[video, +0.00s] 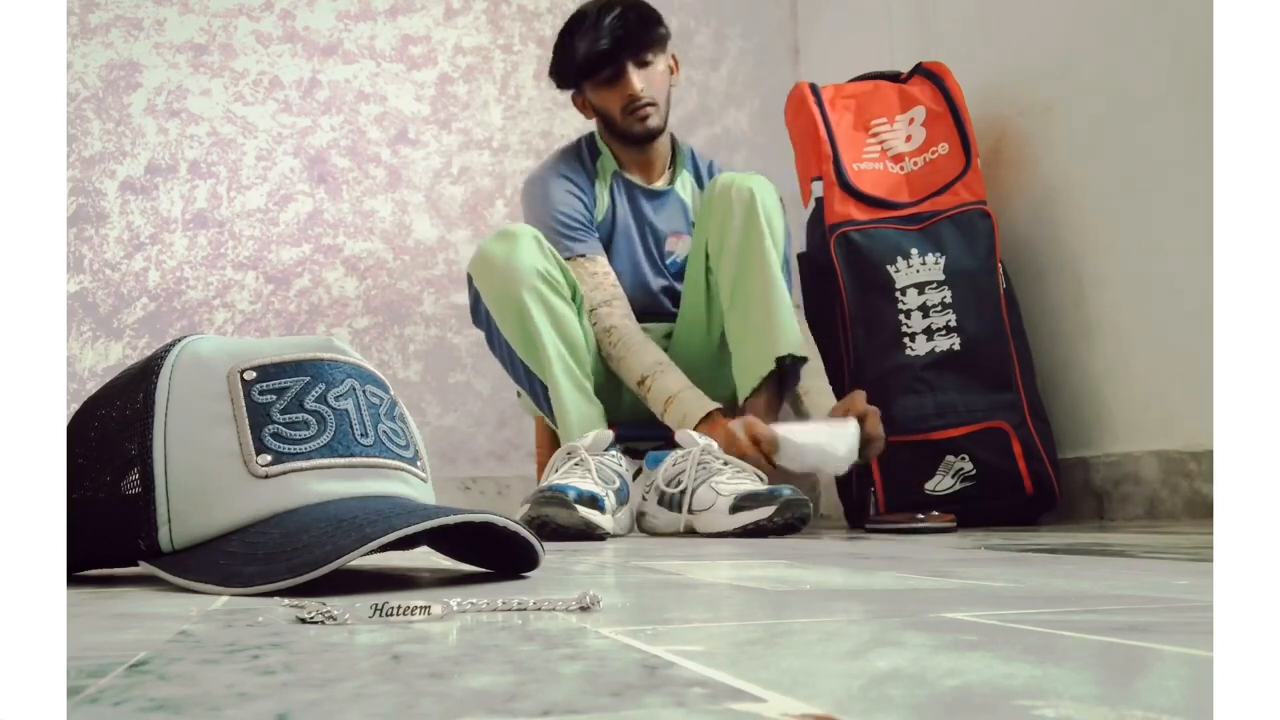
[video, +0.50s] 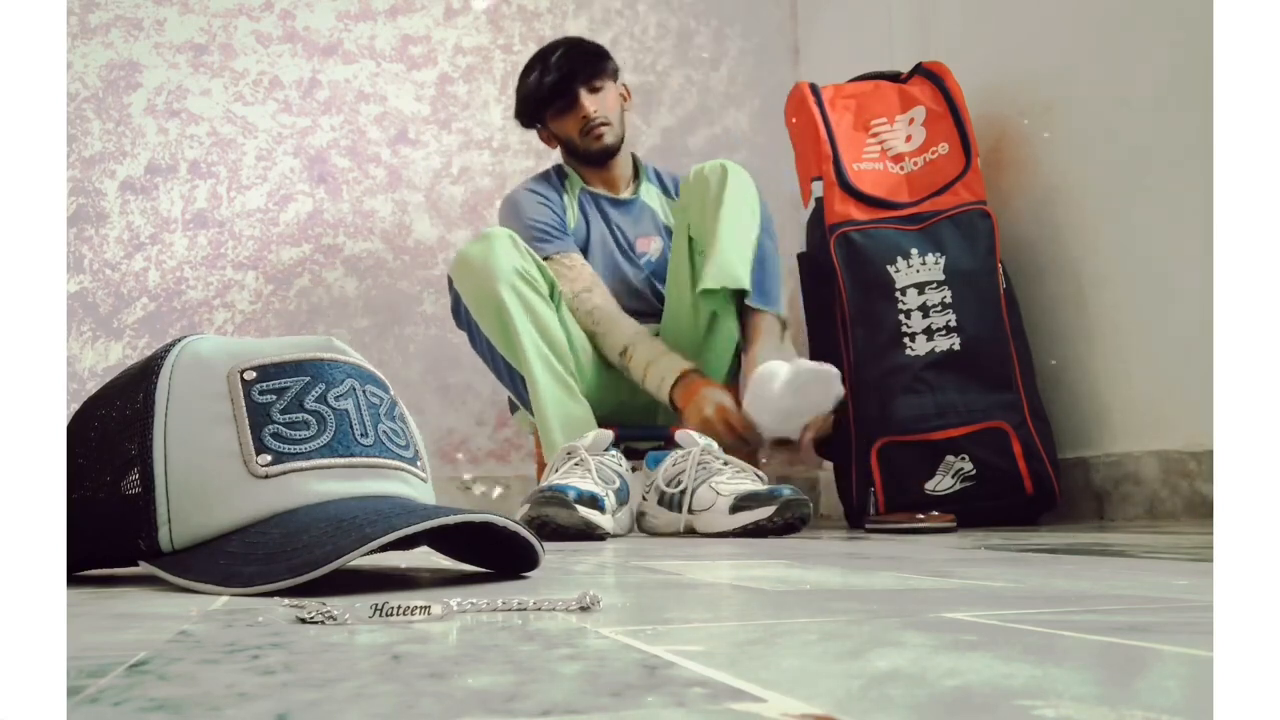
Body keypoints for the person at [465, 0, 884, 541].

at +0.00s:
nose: (635, 87)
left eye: (645, 63)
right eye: (609, 77)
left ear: (672, 69)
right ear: (584, 105)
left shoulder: (715, 185)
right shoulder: (558, 187)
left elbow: (779, 314)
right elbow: (615, 329)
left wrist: (827, 416)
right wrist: (708, 420)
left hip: (702, 378)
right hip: (602, 379)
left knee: (747, 192)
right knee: (504, 251)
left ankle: (722, 464)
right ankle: (591, 461)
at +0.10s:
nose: (626, 90)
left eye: (637, 67)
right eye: (601, 82)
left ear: (663, 75)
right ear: (578, 112)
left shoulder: (710, 188)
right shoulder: (553, 191)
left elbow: (755, 330)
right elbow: (611, 330)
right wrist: (701, 412)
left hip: (697, 379)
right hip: (597, 379)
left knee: (741, 187)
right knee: (496, 253)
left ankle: (720, 460)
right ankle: (591, 460)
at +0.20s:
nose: (613, 91)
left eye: (622, 71)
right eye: (589, 85)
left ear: (647, 81)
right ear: (567, 118)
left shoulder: (703, 190)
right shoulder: (547, 195)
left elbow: (765, 319)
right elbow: (606, 321)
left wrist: (814, 414)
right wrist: (695, 404)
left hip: (694, 379)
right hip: (594, 382)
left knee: (728, 183)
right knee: (491, 254)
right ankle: (586, 461)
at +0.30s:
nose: (603, 92)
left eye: (612, 72)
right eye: (579, 86)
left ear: (636, 86)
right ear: (556, 123)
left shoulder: (695, 190)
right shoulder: (537, 200)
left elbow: (759, 322)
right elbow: (598, 318)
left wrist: (813, 406)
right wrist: (691, 387)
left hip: (690, 380)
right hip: (593, 383)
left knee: (718, 179)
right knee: (485, 256)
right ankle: (588, 460)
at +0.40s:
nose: (597, 105)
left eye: (605, 84)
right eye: (573, 98)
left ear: (630, 95)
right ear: (552, 133)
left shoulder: (690, 192)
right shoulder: (534, 205)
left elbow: (755, 316)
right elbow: (593, 319)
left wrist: (757, 401)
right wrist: (681, 391)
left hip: (688, 375)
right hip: (592, 382)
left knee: (713, 178)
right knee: (482, 254)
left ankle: (755, 390)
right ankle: (585, 458)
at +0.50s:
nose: (588, 109)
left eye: (596, 88)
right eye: (564, 104)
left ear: (623, 96)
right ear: (547, 135)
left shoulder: (689, 193)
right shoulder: (533, 206)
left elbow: (763, 332)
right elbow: (601, 319)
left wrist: (760, 386)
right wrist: (683, 385)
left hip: (684, 378)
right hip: (592, 383)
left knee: (724, 178)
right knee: (482, 254)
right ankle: (582, 459)